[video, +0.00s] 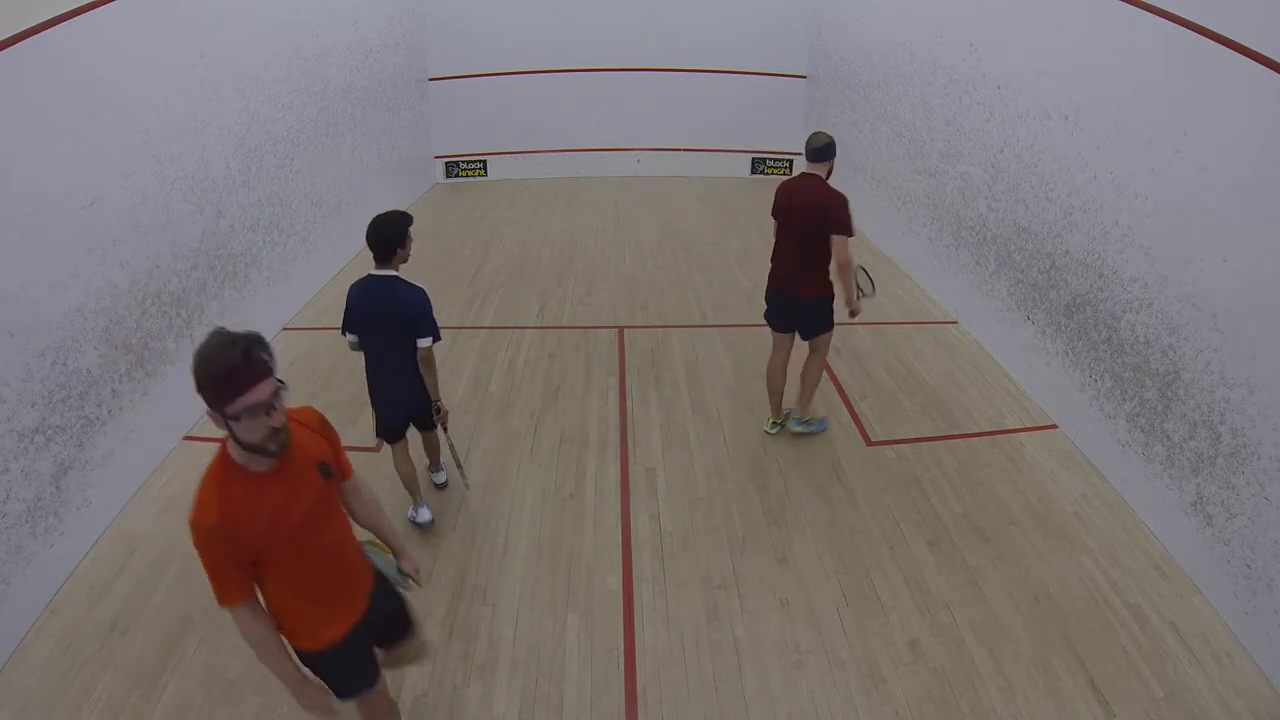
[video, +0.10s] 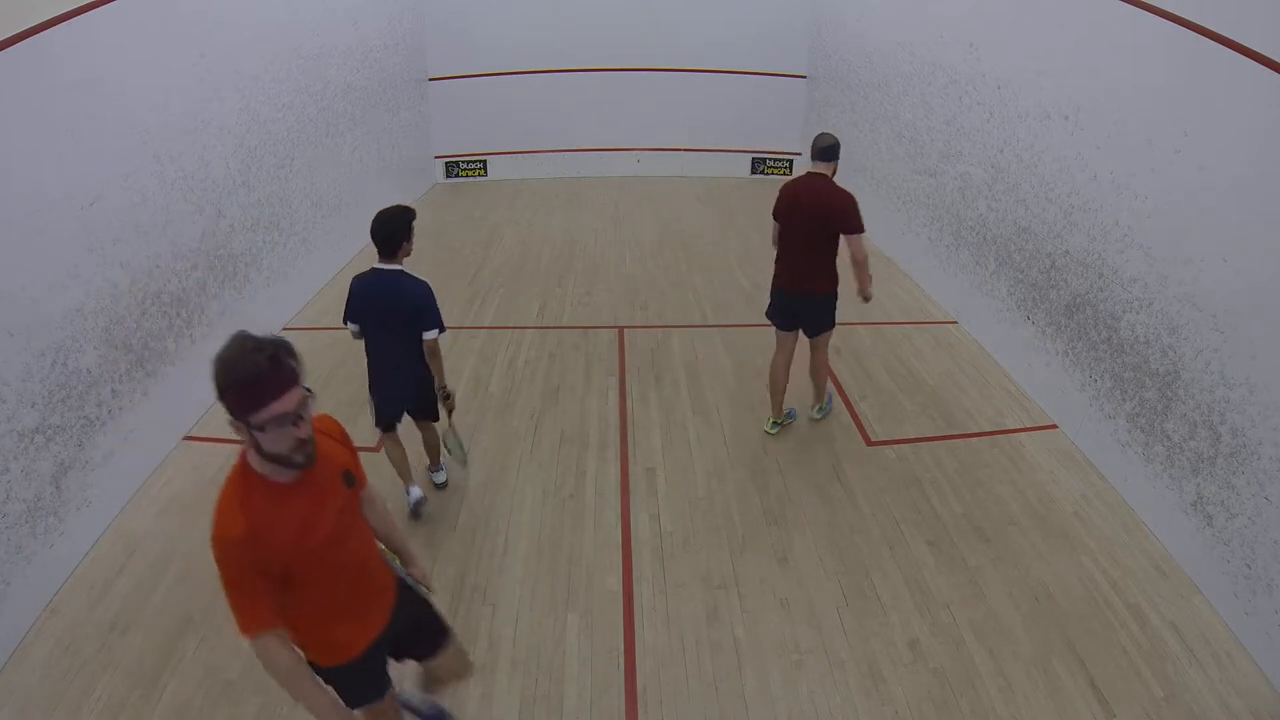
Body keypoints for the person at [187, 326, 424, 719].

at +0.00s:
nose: (276, 418)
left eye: (276, 398)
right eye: (255, 414)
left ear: (280, 383)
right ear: (217, 419)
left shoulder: (308, 426)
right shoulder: (215, 518)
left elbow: (353, 491)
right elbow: (247, 613)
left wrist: (400, 549)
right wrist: (301, 689)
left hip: (366, 583)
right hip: (323, 633)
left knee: (411, 649)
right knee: (375, 700)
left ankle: (356, 665)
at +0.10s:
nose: (302, 431)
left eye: (302, 410)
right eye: (279, 426)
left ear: (308, 393)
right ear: (242, 432)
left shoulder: (328, 434)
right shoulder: (238, 531)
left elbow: (365, 500)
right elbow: (267, 643)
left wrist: (410, 558)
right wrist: (335, 713)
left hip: (387, 596)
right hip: (339, 648)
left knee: (454, 665)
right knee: (383, 710)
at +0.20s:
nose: (337, 441)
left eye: (337, 419)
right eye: (314, 436)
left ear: (341, 404)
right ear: (271, 443)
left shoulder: (356, 449)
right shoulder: (265, 543)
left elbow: (389, 519)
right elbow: (298, 673)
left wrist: (423, 572)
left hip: (415, 609)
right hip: (364, 665)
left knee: (476, 686)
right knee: (393, 713)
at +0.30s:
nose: (381, 462)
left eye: (380, 440)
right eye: (358, 455)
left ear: (384, 424)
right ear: (309, 459)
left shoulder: (392, 465)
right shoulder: (304, 565)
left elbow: (414, 546)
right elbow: (340, 695)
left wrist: (443, 590)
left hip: (451, 639)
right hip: (394, 691)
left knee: (503, 709)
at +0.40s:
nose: (435, 475)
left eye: (432, 453)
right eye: (411, 470)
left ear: (434, 434)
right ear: (361, 478)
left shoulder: (437, 488)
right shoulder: (351, 579)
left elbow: (454, 563)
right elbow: (384, 703)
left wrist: (479, 608)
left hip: (490, 649)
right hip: (438, 699)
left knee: (530, 708)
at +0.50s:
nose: (483, 484)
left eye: (482, 462)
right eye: (458, 478)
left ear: (484, 440)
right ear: (409, 483)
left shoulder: (482, 498)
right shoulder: (396, 598)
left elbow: (497, 580)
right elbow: (426, 707)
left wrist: (526, 617)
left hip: (537, 662)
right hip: (489, 709)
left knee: (559, 710)